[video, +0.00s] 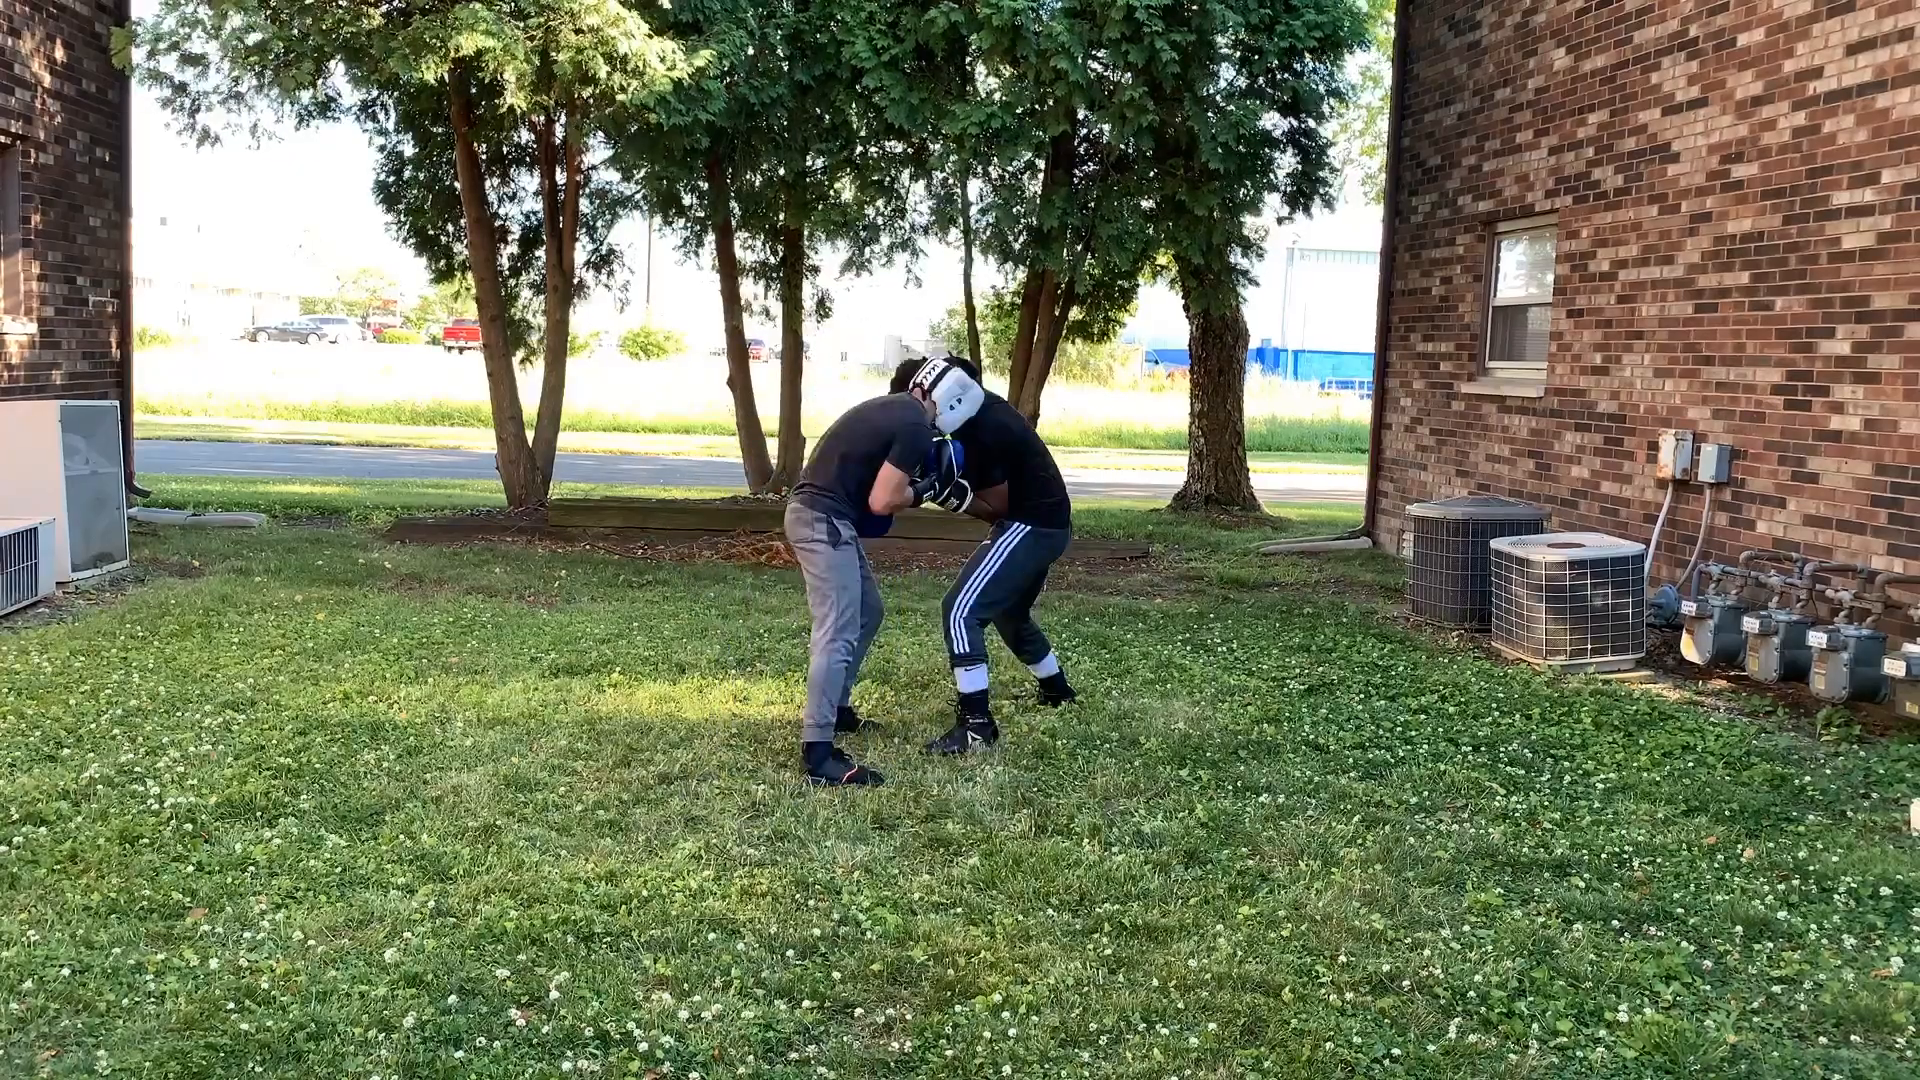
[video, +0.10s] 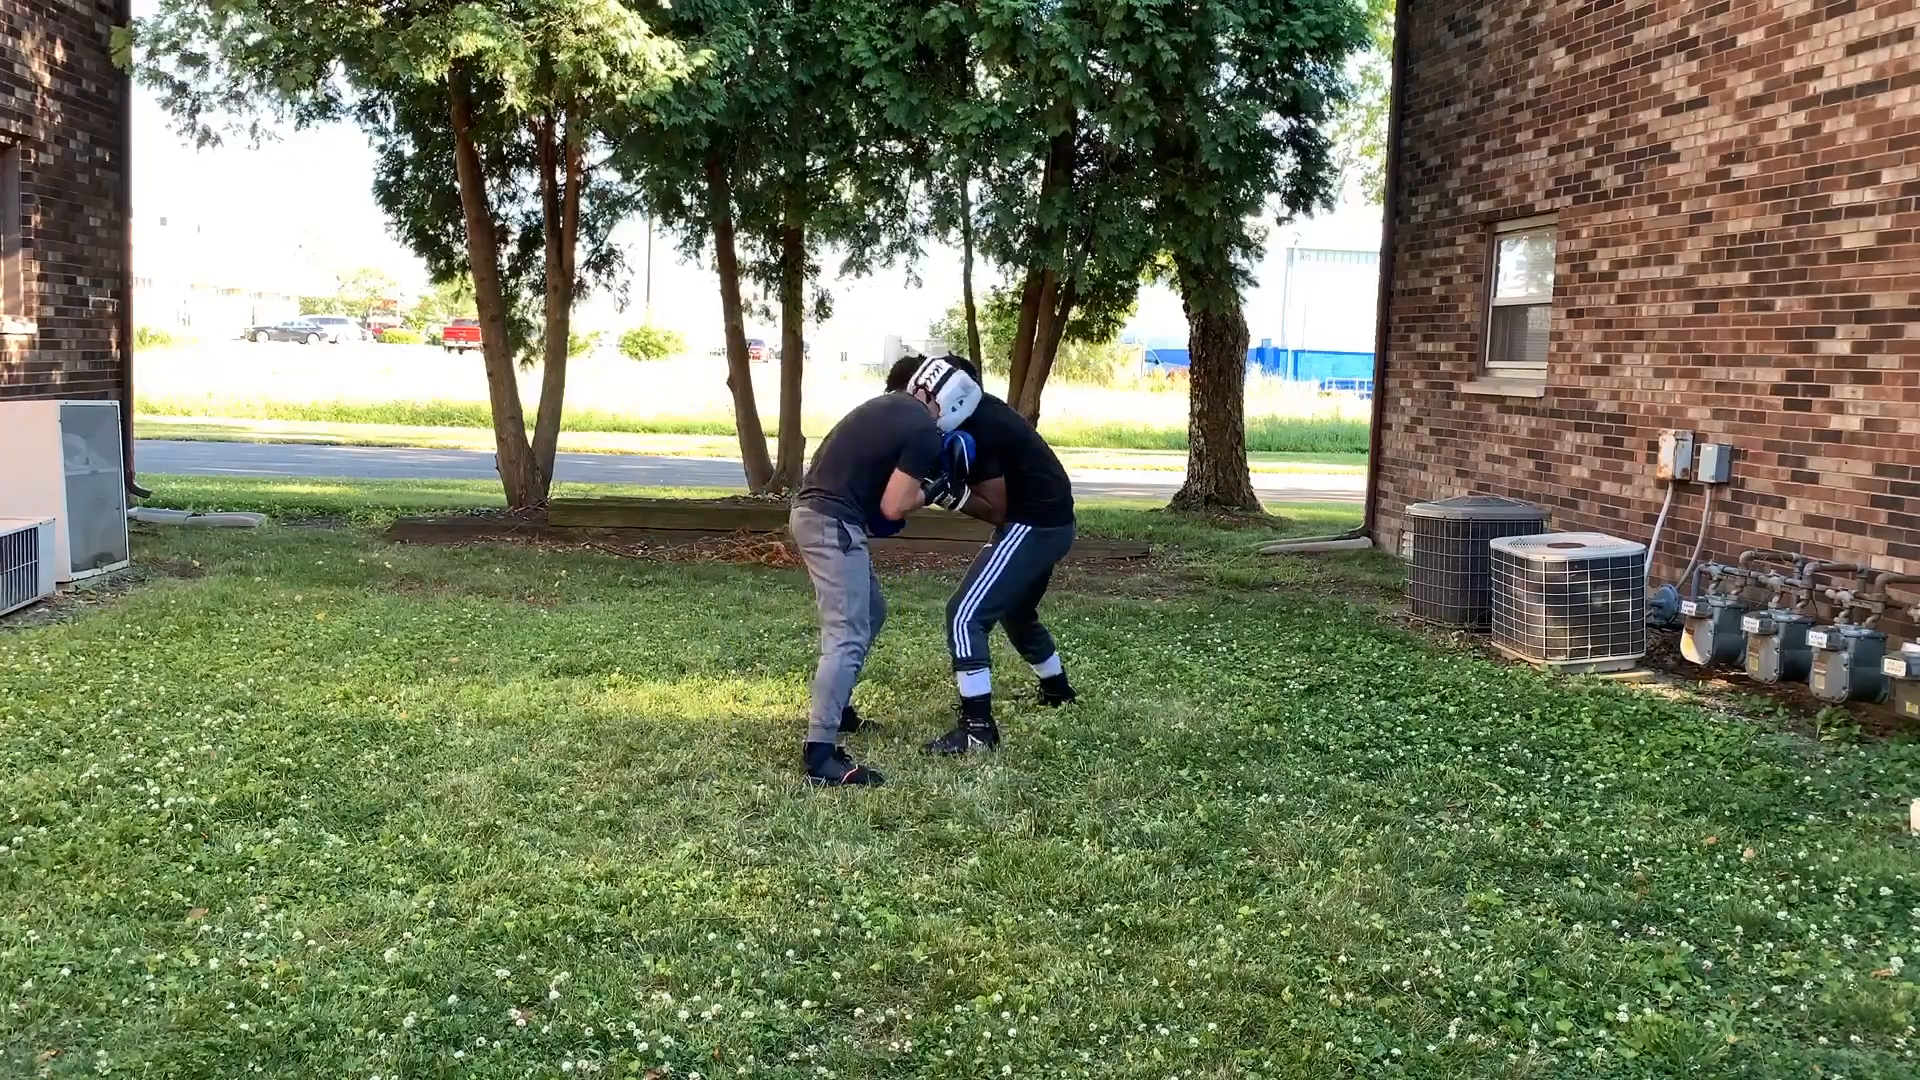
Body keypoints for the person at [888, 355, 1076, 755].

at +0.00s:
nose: (926, 417)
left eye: (926, 406)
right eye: (922, 408)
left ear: (945, 398)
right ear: (962, 391)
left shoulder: (984, 428)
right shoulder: (990, 415)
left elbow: (1000, 505)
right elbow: (991, 496)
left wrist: (955, 496)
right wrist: (950, 490)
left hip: (1029, 525)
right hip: (1044, 523)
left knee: (960, 609)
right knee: (1008, 613)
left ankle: (976, 725)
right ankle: (1056, 689)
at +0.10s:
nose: (922, 414)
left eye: (924, 404)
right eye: (919, 404)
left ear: (942, 397)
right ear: (960, 392)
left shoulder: (976, 428)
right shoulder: (986, 413)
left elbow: (997, 509)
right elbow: (991, 501)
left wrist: (952, 495)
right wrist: (952, 492)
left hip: (1031, 525)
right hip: (1053, 523)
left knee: (964, 616)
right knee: (1016, 612)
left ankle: (977, 728)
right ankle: (1058, 692)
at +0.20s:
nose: (915, 409)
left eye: (919, 398)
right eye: (912, 398)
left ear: (941, 396)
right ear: (958, 393)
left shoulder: (972, 429)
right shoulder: (975, 422)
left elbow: (1003, 504)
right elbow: (978, 498)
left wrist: (957, 500)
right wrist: (951, 539)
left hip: (1031, 528)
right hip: (1054, 525)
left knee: (962, 617)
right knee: (1018, 615)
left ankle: (977, 728)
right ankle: (1058, 691)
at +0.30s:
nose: (949, 416)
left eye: (953, 408)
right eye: (951, 406)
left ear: (917, 384)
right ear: (936, 392)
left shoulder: (893, 408)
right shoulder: (915, 415)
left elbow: (883, 487)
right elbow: (890, 490)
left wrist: (926, 473)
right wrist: (923, 476)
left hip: (849, 526)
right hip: (833, 524)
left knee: (886, 614)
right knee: (847, 637)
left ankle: (839, 708)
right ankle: (817, 752)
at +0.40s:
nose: (945, 412)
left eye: (950, 404)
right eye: (948, 401)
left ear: (914, 381)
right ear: (934, 388)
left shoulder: (889, 407)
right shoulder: (907, 409)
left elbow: (869, 494)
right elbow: (887, 486)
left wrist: (916, 512)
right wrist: (921, 475)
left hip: (853, 527)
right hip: (832, 525)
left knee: (892, 615)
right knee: (850, 635)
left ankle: (841, 706)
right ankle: (818, 753)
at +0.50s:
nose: (934, 419)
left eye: (940, 412)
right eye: (938, 409)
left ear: (910, 383)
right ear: (926, 391)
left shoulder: (884, 406)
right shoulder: (901, 409)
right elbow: (878, 486)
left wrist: (905, 513)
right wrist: (905, 487)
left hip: (837, 523)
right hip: (820, 522)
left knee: (880, 609)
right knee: (847, 635)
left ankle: (842, 709)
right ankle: (817, 753)